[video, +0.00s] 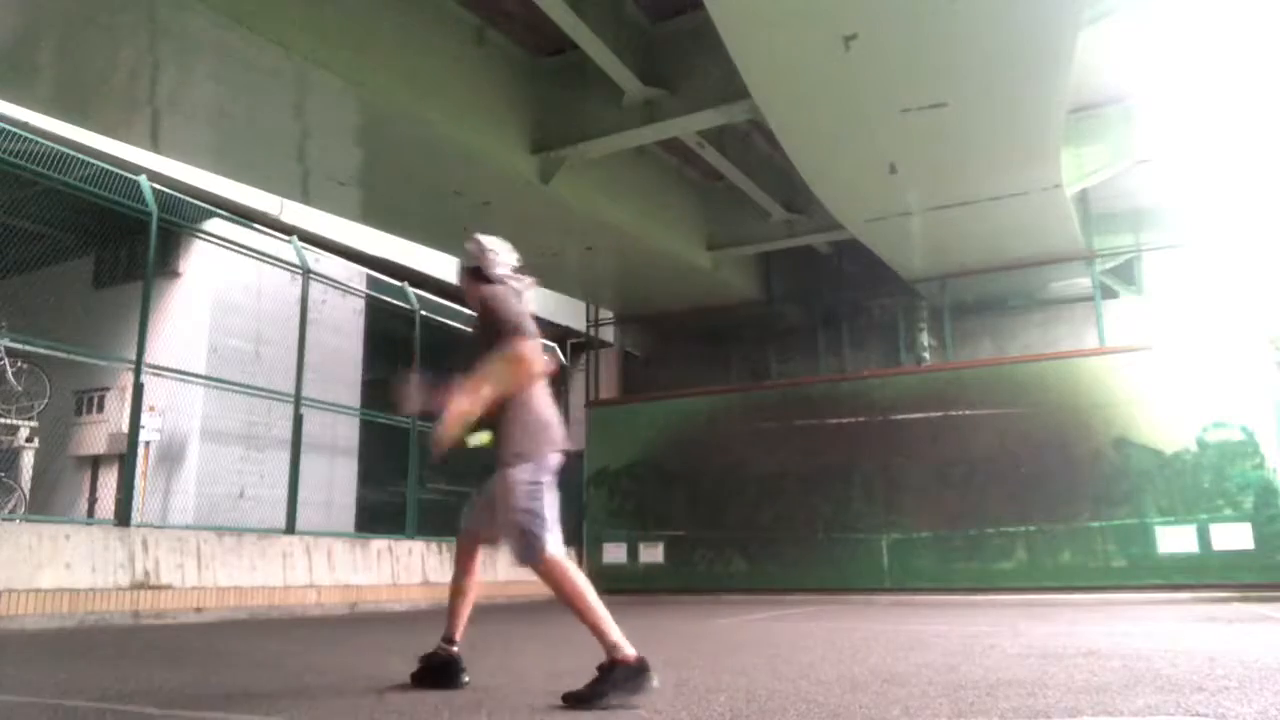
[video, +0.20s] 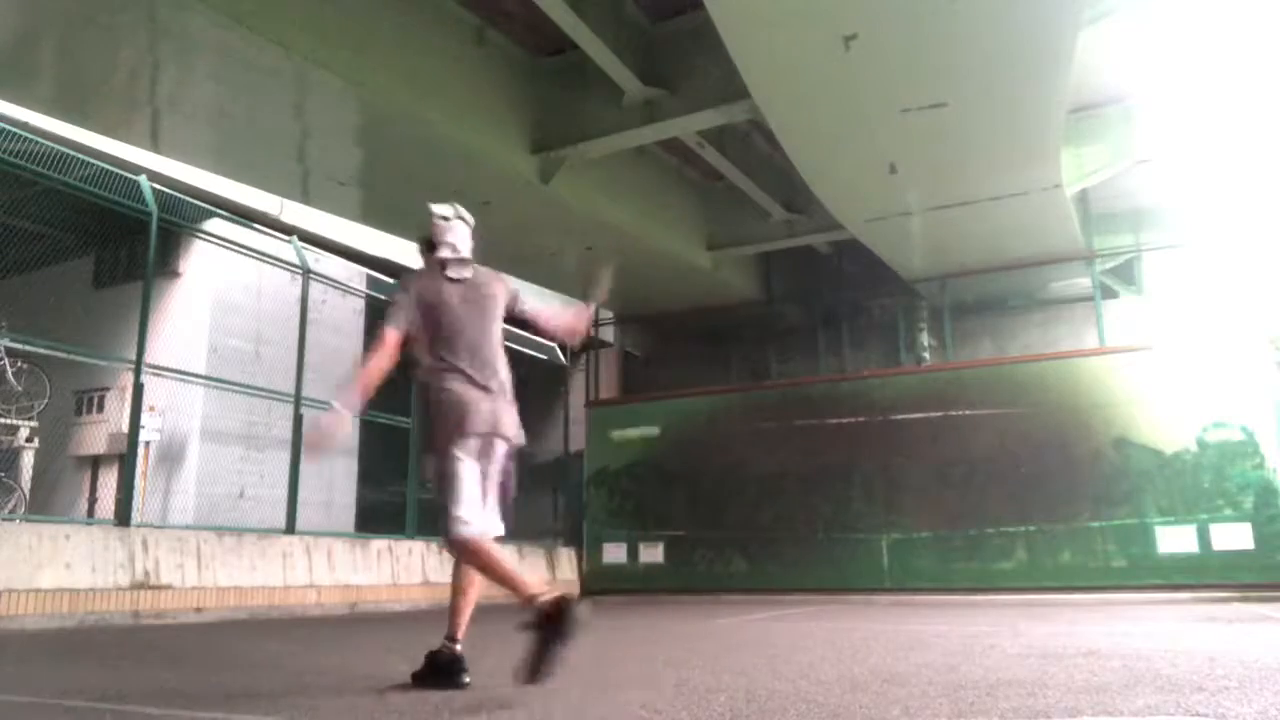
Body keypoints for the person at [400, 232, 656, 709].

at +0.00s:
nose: (463, 287)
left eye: (466, 278)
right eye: (465, 279)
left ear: (478, 277)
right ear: (501, 275)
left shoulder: (500, 299)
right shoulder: (500, 311)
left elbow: (532, 358)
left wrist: (474, 395)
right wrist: (440, 400)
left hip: (532, 450)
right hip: (521, 451)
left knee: (540, 551)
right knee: (470, 536)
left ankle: (625, 659)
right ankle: (447, 654)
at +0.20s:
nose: (434, 250)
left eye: (430, 243)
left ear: (427, 245)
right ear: (470, 245)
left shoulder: (415, 288)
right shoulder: (496, 285)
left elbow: (383, 355)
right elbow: (555, 324)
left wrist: (343, 411)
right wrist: (579, 319)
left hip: (459, 415)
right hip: (504, 417)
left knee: (461, 532)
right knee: (476, 536)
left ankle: (544, 603)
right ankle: (451, 650)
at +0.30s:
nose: (425, 239)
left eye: (419, 232)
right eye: (437, 231)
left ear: (410, 236)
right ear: (453, 233)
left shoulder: (395, 280)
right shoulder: (482, 271)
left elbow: (349, 322)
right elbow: (548, 253)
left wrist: (296, 362)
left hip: (432, 413)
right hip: (480, 413)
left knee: (421, 522)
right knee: (462, 530)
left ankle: (485, 618)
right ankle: (452, 646)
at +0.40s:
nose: (410, 234)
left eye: (407, 226)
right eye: (415, 225)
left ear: (395, 227)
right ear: (438, 225)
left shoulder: (377, 275)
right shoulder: (468, 261)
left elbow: (327, 313)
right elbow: (537, 221)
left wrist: (269, 345)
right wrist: (584, 169)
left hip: (409, 416)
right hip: (462, 415)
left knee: (386, 529)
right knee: (454, 539)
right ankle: (449, 651)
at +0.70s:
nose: (382, 229)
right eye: (387, 220)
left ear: (341, 222)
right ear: (388, 222)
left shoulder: (316, 272)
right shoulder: (407, 259)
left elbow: (288, 355)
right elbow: (487, 276)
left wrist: (297, 405)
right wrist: (521, 231)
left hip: (334, 417)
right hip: (399, 414)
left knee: (327, 546)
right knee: (411, 532)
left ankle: (333, 669)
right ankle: (416, 651)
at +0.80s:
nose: (369, 221)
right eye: (375, 213)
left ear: (330, 211)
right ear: (377, 213)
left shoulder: (302, 260)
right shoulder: (394, 253)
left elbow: (286, 348)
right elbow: (464, 288)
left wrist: (326, 366)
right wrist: (489, 273)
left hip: (315, 407)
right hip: (382, 405)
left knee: (314, 539)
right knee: (388, 529)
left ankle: (326, 668)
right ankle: (393, 645)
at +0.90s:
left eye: (332, 202)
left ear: (321, 211)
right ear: (369, 212)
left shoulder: (289, 259)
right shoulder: (387, 257)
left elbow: (276, 347)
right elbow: (453, 313)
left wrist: (323, 358)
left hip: (295, 405)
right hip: (367, 407)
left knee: (280, 535)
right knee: (374, 539)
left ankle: (294, 654)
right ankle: (377, 671)